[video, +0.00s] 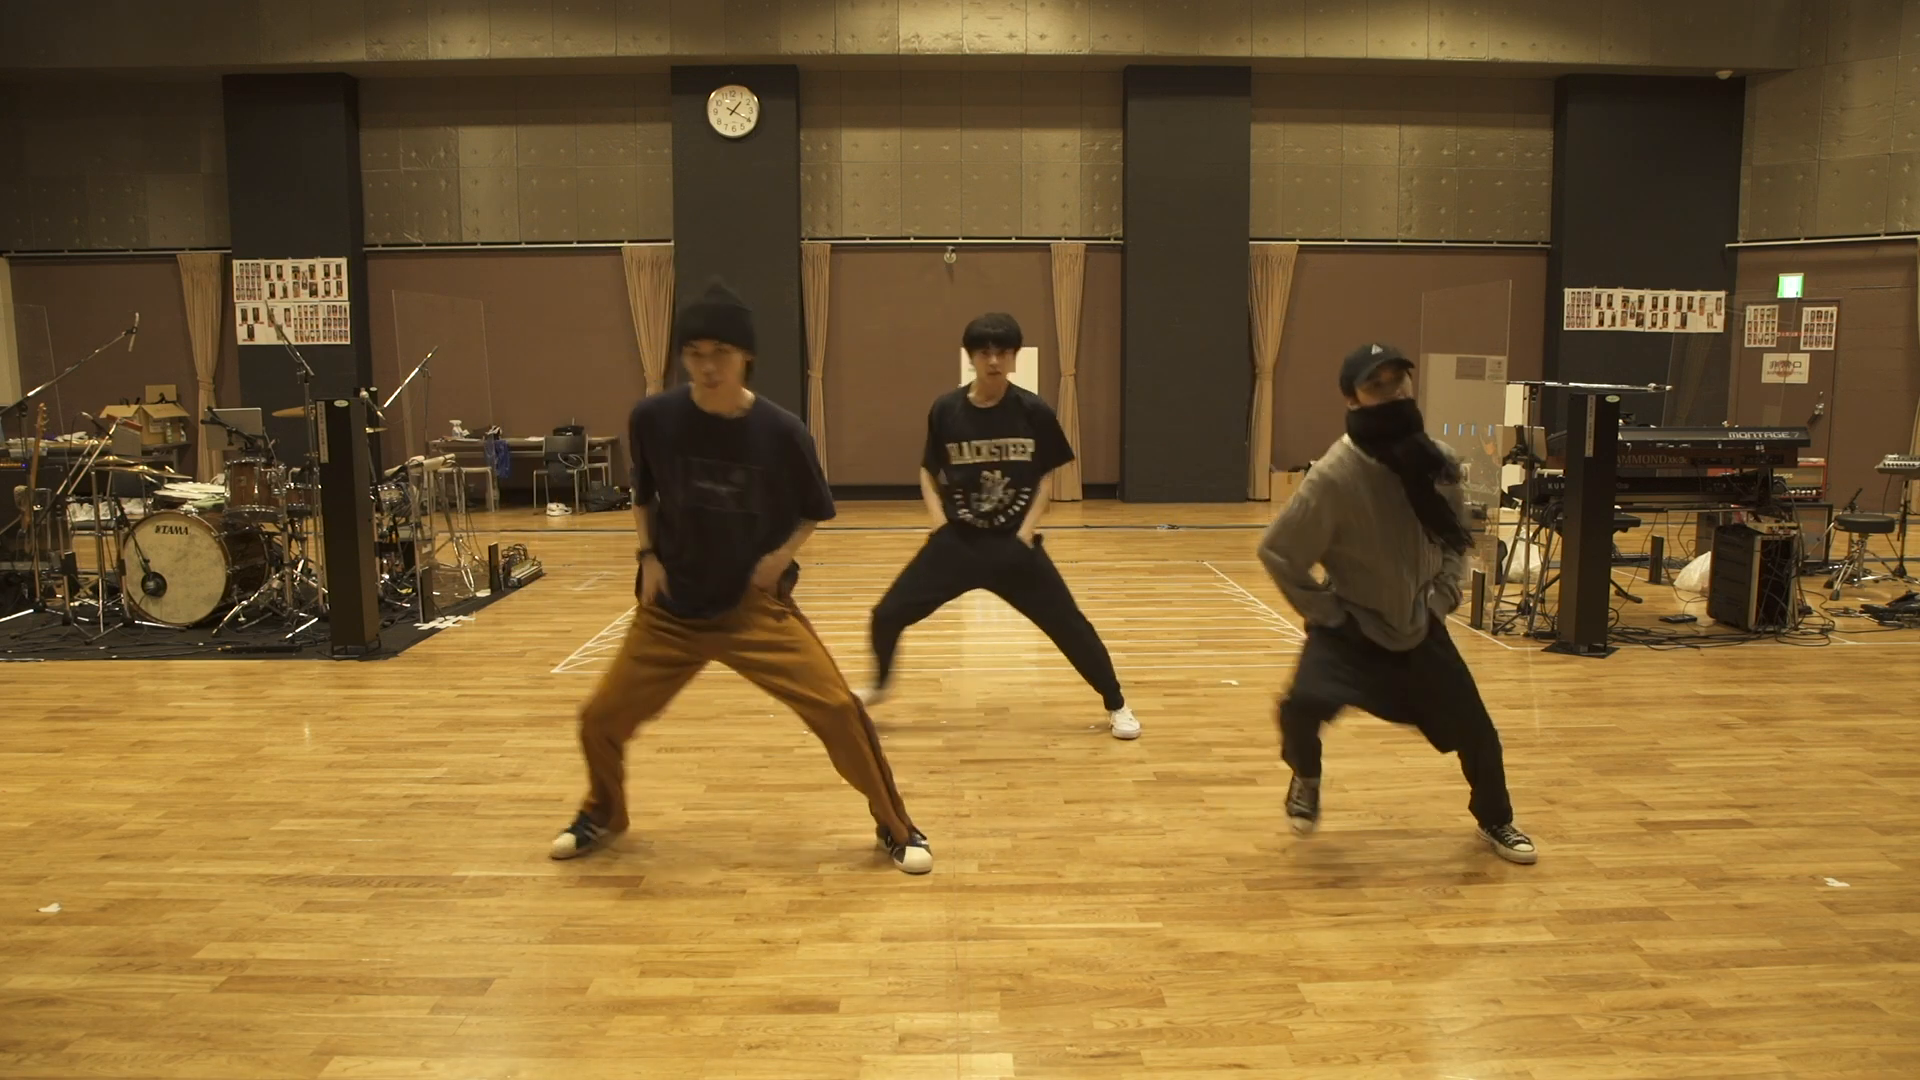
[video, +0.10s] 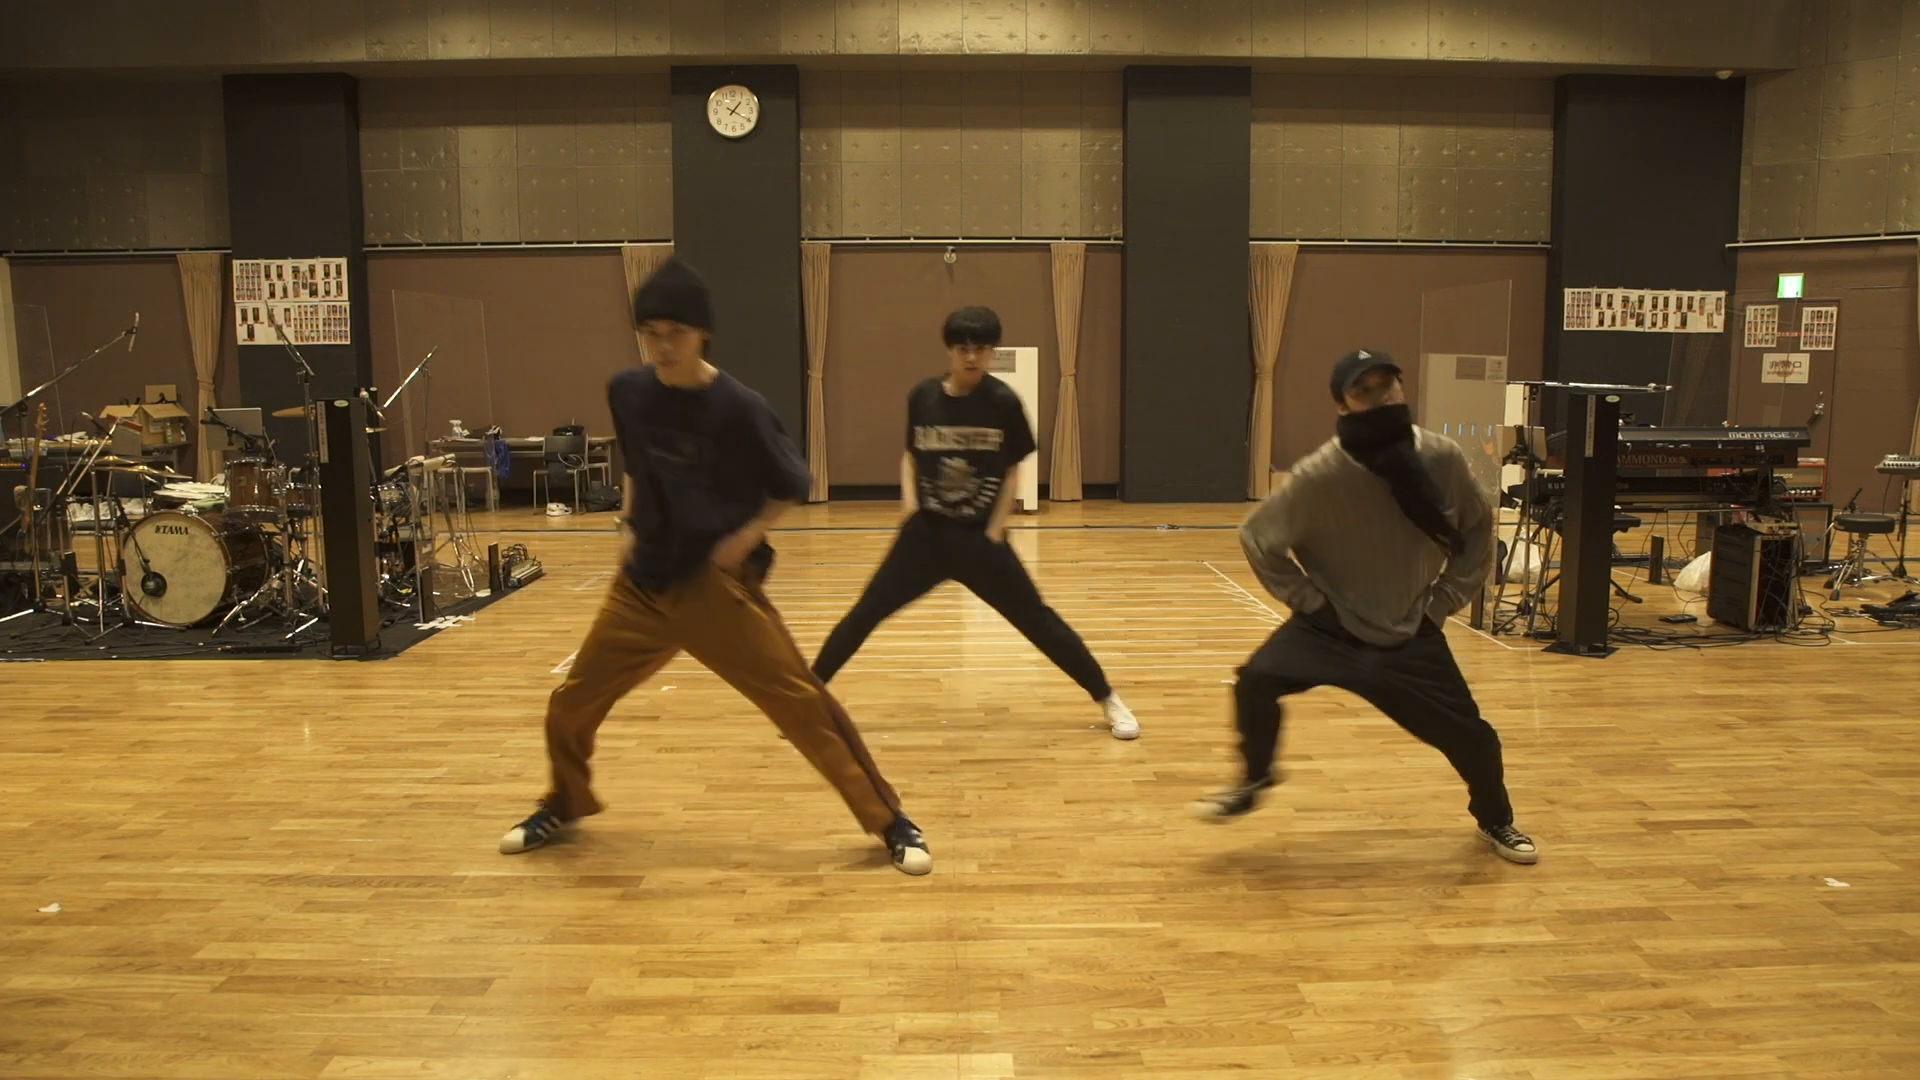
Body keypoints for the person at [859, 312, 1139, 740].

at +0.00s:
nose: (994, 362)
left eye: (1003, 353)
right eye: (985, 353)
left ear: (1015, 358)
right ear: (970, 357)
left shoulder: (1035, 412)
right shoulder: (946, 410)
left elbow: (1045, 475)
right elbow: (928, 469)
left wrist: (1026, 532)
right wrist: (941, 522)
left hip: (1014, 546)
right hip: (956, 543)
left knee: (1069, 625)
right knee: (886, 615)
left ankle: (1118, 707)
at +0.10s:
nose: (972, 358)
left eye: (981, 350)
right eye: (964, 349)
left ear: (992, 353)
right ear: (948, 351)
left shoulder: (1004, 402)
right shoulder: (923, 398)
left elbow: (1012, 470)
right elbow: (910, 456)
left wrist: (993, 532)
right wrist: (911, 508)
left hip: (980, 541)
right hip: (926, 536)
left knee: (1038, 620)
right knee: (866, 611)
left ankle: (1108, 700)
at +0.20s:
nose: (938, 358)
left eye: (946, 348)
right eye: (929, 348)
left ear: (960, 348)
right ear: (915, 348)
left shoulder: (965, 405)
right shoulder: (905, 381)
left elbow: (974, 477)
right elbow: (888, 447)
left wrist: (947, 530)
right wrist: (870, 497)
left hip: (934, 533)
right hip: (884, 524)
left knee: (997, 613)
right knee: (836, 611)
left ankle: (1070, 695)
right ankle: (805, 707)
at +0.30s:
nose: (888, 353)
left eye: (898, 345)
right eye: (881, 345)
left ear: (915, 344)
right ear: (870, 343)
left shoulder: (918, 400)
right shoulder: (876, 378)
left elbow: (934, 472)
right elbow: (865, 444)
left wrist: (900, 528)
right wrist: (839, 488)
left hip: (889, 527)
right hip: (843, 517)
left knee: (948, 611)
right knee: (808, 612)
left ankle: (1024, 691)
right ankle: (804, 707)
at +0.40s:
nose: (866, 350)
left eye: (875, 341)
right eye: (859, 341)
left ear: (894, 339)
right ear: (848, 340)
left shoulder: (895, 397)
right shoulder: (855, 373)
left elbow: (912, 469)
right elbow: (838, 434)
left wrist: (879, 526)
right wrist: (815, 479)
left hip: (869, 522)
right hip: (823, 512)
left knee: (923, 606)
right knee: (798, 608)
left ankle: (999, 690)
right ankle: (803, 705)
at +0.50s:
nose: (844, 344)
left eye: (853, 335)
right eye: (837, 335)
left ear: (871, 334)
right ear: (826, 334)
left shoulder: (880, 390)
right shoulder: (829, 373)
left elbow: (895, 461)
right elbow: (816, 435)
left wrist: (860, 516)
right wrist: (787, 472)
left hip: (841, 519)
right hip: (794, 508)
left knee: (887, 606)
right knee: (783, 607)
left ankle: (953, 690)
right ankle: (801, 704)